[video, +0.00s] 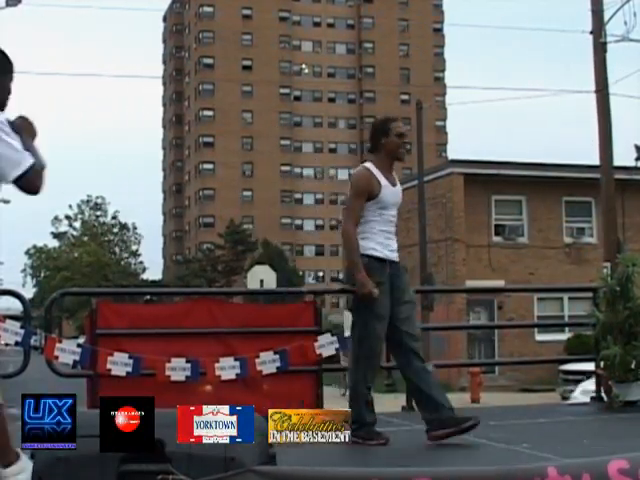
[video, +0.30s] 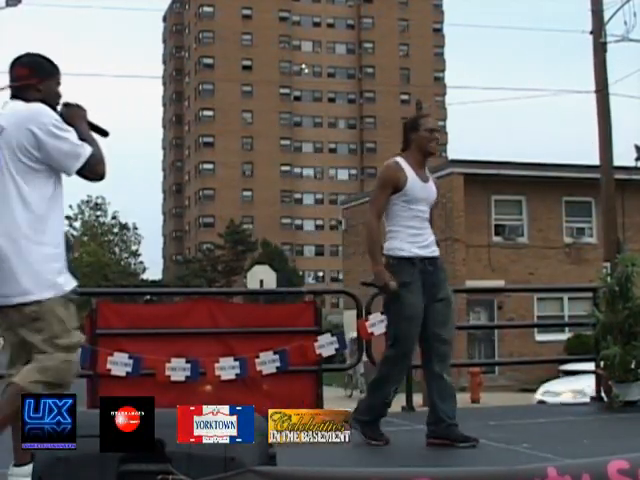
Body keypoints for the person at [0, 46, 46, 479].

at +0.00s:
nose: (11, 91)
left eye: (11, 82)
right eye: (9, 82)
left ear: (3, 84)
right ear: (2, 84)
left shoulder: (4, 130)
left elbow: (30, 181)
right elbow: (33, 182)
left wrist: (21, 140)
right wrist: (29, 141)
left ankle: (11, 459)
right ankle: (10, 460)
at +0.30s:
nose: (59, 94)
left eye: (58, 87)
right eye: (55, 86)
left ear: (20, 84)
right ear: (32, 83)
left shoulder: (9, 118)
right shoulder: (33, 117)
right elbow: (96, 169)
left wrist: (72, 128)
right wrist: (79, 125)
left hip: (8, 270)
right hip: (30, 271)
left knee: (21, 365)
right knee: (60, 359)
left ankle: (22, 465)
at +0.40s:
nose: (75, 92)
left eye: (74, 85)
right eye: (72, 84)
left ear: (33, 86)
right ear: (52, 84)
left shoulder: (10, 122)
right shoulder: (52, 117)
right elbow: (112, 165)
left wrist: (90, 128)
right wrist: (96, 123)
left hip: (6, 268)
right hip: (46, 265)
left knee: (25, 361)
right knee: (87, 354)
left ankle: (22, 449)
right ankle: (36, 451)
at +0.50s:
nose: (94, 94)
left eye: (92, 87)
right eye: (90, 86)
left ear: (50, 86)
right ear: (71, 86)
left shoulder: (23, 128)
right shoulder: (70, 120)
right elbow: (129, 166)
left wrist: (104, 126)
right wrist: (115, 124)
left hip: (15, 270)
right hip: (62, 268)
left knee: (29, 369)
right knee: (109, 364)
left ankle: (23, 464)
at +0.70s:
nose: (135, 107)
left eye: (134, 100)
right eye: (132, 99)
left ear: (93, 98)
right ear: (113, 99)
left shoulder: (63, 136)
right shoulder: (109, 132)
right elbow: (169, 178)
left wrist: (143, 136)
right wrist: (156, 133)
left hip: (47, 285)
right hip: (95, 286)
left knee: (43, 393)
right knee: (121, 394)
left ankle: (27, 466)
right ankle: (131, 475)